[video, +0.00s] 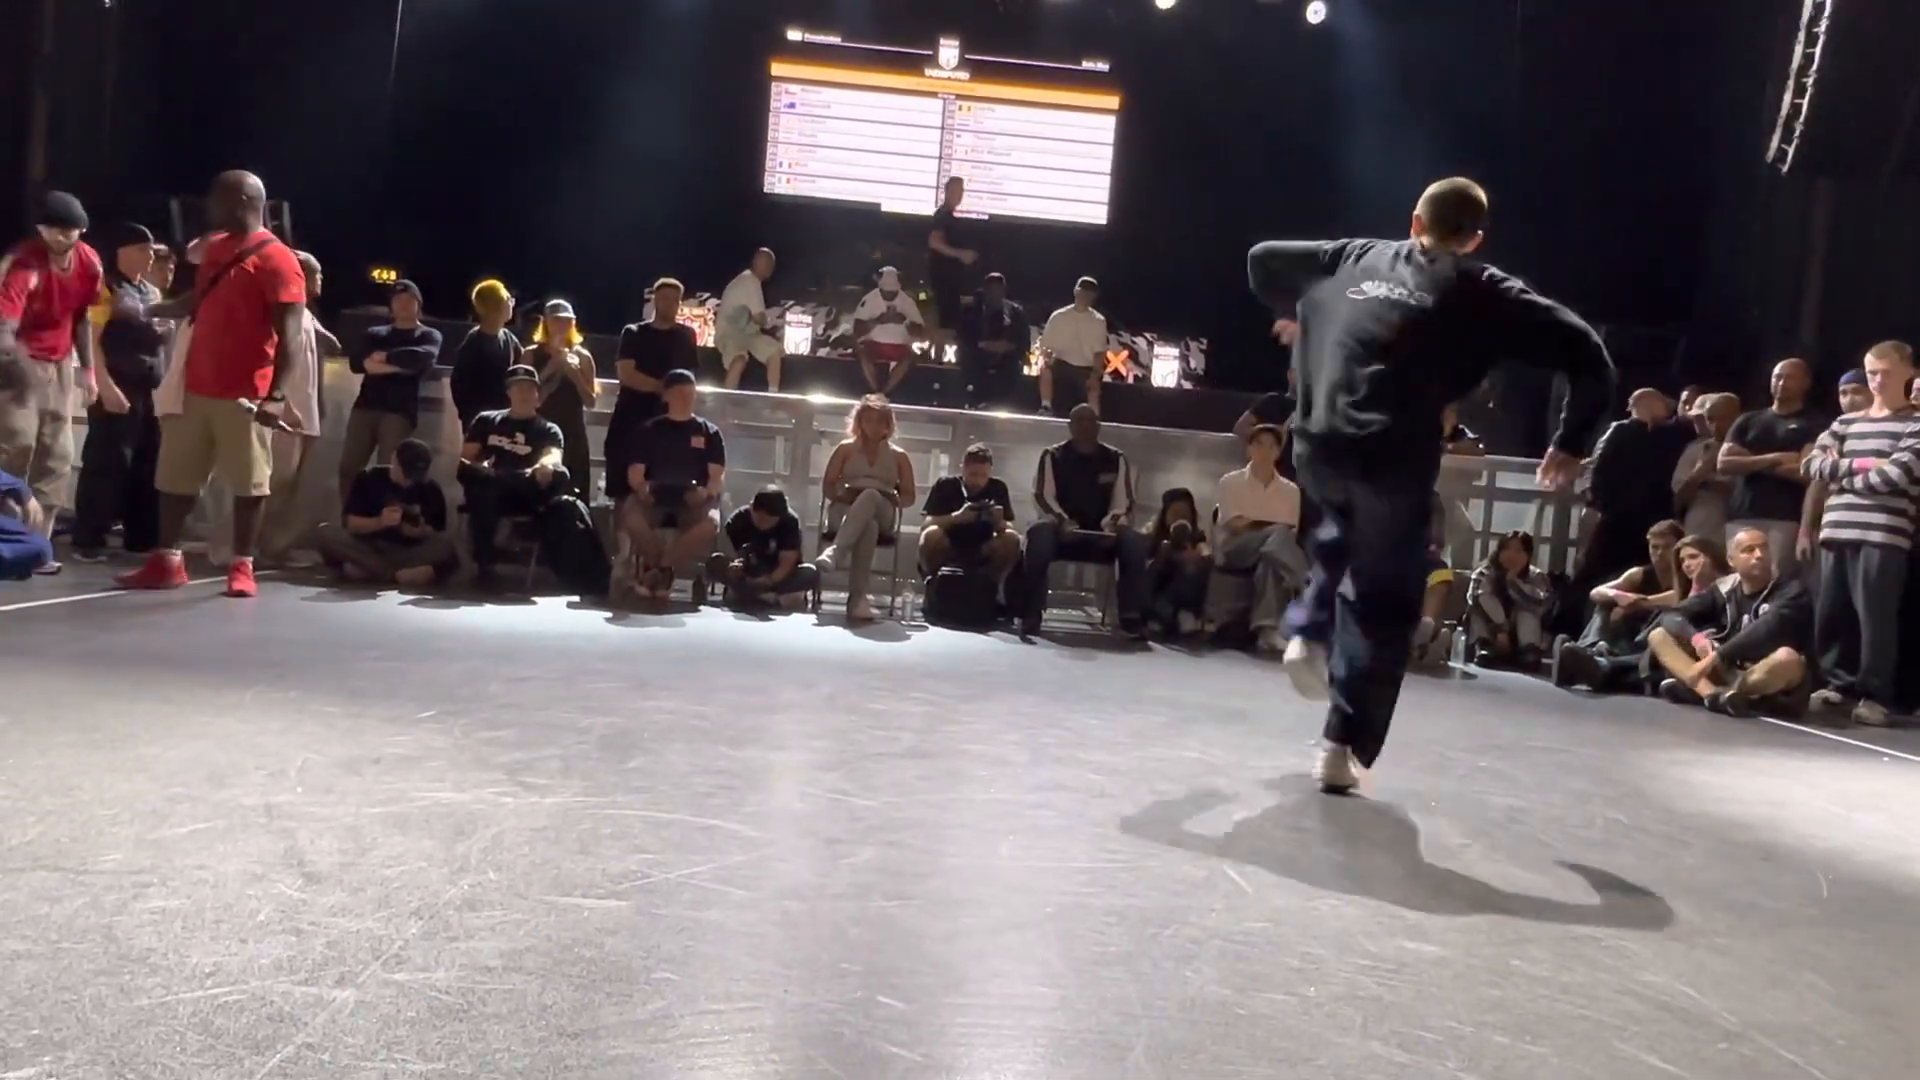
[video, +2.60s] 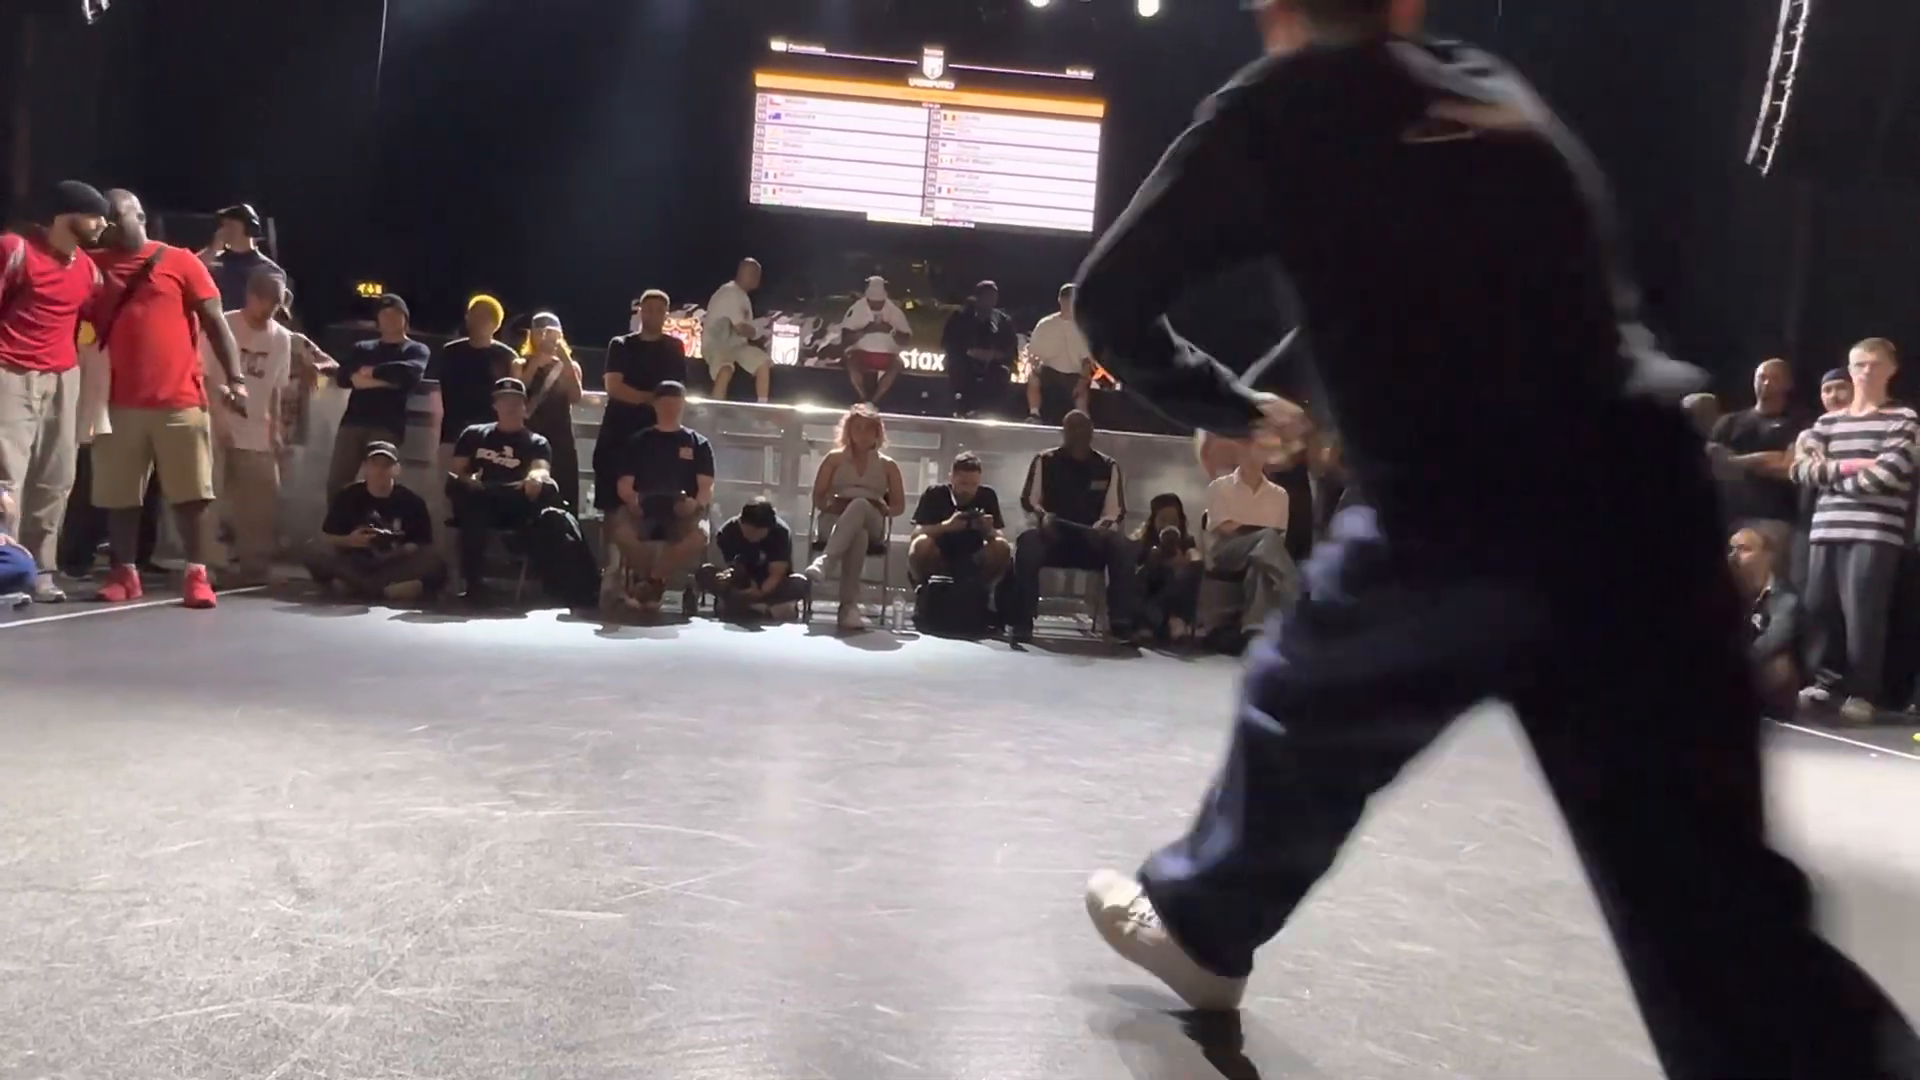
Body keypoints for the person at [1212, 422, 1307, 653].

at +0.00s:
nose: (1265, 451)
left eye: (1270, 446)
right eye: (1260, 444)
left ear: (1278, 452)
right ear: (1250, 449)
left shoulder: (1290, 491)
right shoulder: (1230, 482)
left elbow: (1288, 531)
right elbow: (1235, 525)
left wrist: (1249, 523)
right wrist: (1278, 528)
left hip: (1276, 552)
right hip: (1235, 549)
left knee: (1270, 560)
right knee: (1280, 534)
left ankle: (1268, 628)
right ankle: (1306, 585)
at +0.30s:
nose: (1262, 449)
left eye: (1269, 445)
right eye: (1257, 444)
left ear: (1278, 452)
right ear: (1249, 449)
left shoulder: (1284, 484)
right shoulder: (1231, 481)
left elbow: (1290, 525)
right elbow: (1236, 524)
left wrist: (1252, 525)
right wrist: (1277, 527)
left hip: (1273, 550)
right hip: (1236, 547)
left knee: (1268, 559)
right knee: (1273, 539)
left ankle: (1263, 627)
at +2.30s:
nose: (1256, 456)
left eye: (1262, 451)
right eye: (1251, 450)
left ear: (1270, 456)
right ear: (1242, 454)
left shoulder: (1283, 494)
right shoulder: (1224, 486)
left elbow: (1280, 536)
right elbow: (1228, 528)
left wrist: (1241, 527)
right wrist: (1271, 533)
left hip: (1269, 558)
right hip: (1228, 555)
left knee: (1263, 564)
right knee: (1272, 537)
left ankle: (1263, 636)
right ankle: (1300, 597)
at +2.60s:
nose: (1253, 455)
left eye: (1258, 450)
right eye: (1248, 449)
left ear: (1265, 457)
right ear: (1239, 453)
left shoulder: (1279, 494)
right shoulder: (1219, 487)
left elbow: (1278, 536)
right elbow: (1225, 529)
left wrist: (1238, 528)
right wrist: (1270, 532)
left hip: (1267, 558)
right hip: (1226, 555)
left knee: (1259, 565)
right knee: (1269, 538)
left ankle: (1254, 630)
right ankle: (1297, 604)